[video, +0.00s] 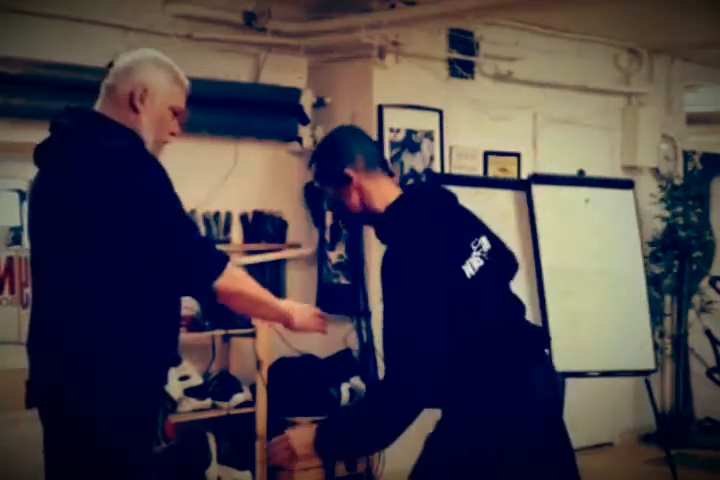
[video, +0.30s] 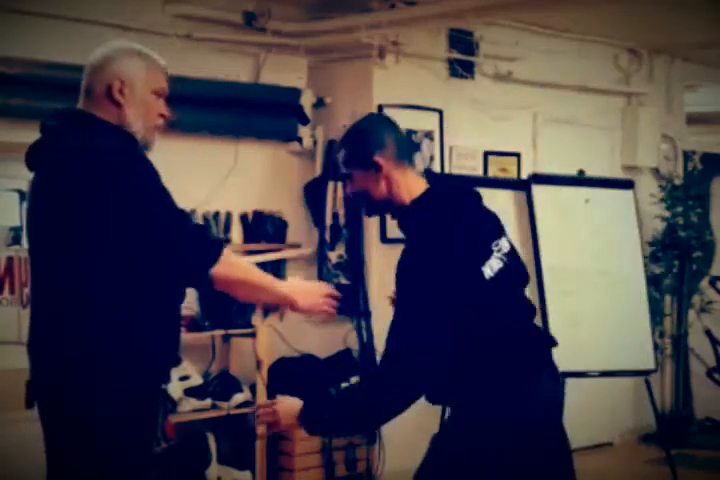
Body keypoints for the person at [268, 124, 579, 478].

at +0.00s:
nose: (336, 210)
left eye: (333, 195)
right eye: (330, 198)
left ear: (353, 179)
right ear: (379, 166)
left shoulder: (407, 248)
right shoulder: (437, 202)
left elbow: (411, 384)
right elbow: (504, 262)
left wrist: (323, 439)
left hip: (483, 405)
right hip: (533, 380)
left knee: (429, 474)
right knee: (555, 475)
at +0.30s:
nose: (354, 193)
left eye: (352, 178)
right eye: (348, 182)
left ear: (380, 166)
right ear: (396, 158)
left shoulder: (429, 246)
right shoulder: (465, 205)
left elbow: (404, 377)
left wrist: (309, 416)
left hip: (485, 411)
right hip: (535, 391)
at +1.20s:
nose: (554, 146)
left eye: (564, 132)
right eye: (551, 136)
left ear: (605, 132)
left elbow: (662, 319)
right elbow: (531, 314)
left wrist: (591, 277)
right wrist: (495, 273)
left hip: (612, 390)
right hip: (561, 388)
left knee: (539, 472)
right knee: (596, 470)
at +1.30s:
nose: (538, 148)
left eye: (547, 134)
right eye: (536, 138)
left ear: (588, 134)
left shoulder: (638, 223)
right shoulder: (536, 218)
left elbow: (663, 327)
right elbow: (524, 317)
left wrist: (590, 284)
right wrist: (485, 278)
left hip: (598, 391)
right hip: (552, 389)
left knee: (520, 473)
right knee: (597, 471)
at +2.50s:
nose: (442, 163)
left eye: (448, 150)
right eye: (441, 151)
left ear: (485, 147)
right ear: (484, 148)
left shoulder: (510, 219)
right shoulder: (519, 207)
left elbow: (443, 324)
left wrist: (349, 388)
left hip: (524, 403)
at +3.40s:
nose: (550, 149)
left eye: (559, 135)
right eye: (547, 138)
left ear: (598, 136)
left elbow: (681, 327)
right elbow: (531, 316)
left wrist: (610, 295)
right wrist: (502, 295)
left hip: (605, 387)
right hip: (556, 385)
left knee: (533, 470)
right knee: (606, 471)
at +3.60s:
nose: (482, 155)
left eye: (489, 141)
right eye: (480, 145)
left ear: (529, 139)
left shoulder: (572, 214)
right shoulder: (503, 227)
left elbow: (617, 322)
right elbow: (513, 331)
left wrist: (531, 300)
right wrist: (469, 308)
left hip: (569, 393)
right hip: (528, 393)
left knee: (502, 471)